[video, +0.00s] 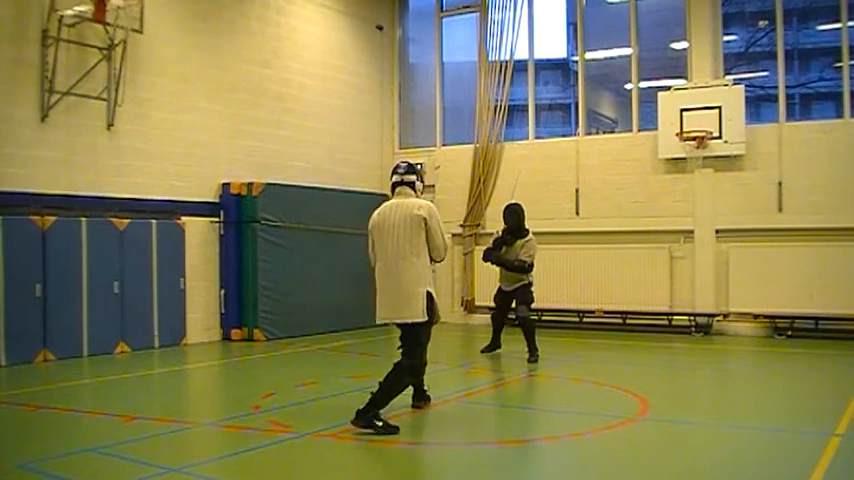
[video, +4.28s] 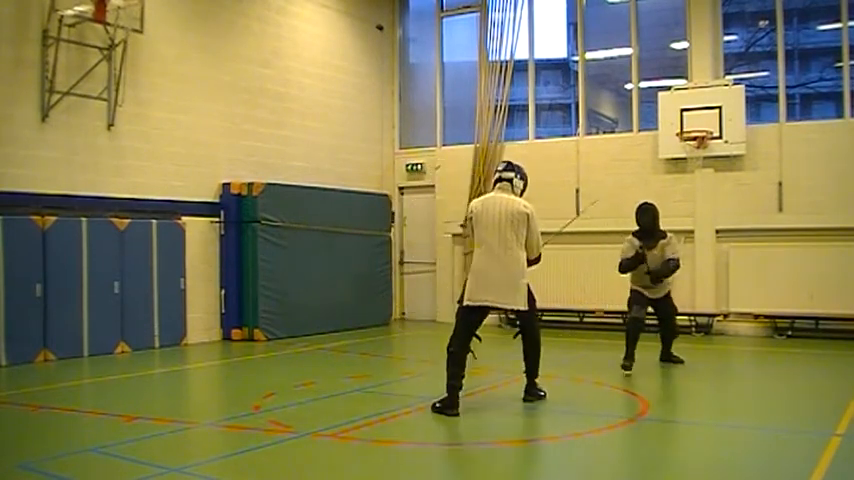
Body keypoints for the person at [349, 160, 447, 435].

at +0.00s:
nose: (422, 187)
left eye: (420, 183)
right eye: (421, 183)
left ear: (392, 185)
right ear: (416, 184)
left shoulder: (377, 215)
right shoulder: (424, 208)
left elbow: (373, 257)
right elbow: (439, 253)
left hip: (388, 295)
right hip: (417, 293)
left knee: (418, 340)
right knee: (413, 359)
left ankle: (419, 392)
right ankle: (368, 412)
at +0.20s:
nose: (429, 186)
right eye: (429, 181)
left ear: (402, 183)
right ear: (427, 183)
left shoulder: (387, 209)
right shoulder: (438, 208)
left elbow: (377, 250)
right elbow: (447, 254)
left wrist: (401, 258)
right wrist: (425, 258)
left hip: (399, 294)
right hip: (430, 294)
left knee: (411, 341)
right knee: (438, 355)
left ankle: (418, 392)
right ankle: (406, 386)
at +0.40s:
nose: (437, 186)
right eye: (437, 181)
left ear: (412, 182)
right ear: (437, 182)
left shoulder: (399, 204)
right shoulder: (450, 208)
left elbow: (388, 243)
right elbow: (453, 246)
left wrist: (411, 261)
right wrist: (434, 261)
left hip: (411, 283)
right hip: (445, 282)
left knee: (408, 335)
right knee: (459, 335)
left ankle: (418, 392)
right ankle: (448, 390)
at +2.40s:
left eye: (434, 181)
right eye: (452, 182)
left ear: (429, 182)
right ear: (455, 184)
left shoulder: (417, 206)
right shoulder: (467, 211)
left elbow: (413, 249)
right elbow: (471, 250)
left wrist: (434, 266)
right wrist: (456, 269)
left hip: (430, 286)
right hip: (462, 286)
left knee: (400, 348)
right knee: (463, 335)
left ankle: (396, 414)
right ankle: (471, 392)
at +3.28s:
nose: (481, 187)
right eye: (483, 183)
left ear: (457, 180)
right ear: (480, 183)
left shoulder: (438, 202)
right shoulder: (488, 207)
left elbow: (435, 241)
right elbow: (494, 251)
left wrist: (449, 260)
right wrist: (474, 265)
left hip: (442, 277)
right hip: (475, 280)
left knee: (419, 334)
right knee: (477, 336)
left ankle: (405, 394)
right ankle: (473, 392)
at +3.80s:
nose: (487, 187)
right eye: (487, 182)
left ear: (460, 181)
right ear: (484, 183)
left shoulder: (442, 205)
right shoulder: (492, 208)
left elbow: (441, 247)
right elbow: (500, 256)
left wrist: (457, 268)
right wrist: (478, 271)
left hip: (449, 283)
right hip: (484, 284)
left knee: (435, 343)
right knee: (505, 328)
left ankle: (449, 401)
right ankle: (508, 386)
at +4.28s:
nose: (523, 188)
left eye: (522, 184)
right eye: (523, 184)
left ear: (495, 181)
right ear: (519, 184)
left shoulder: (476, 205)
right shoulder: (525, 209)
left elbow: (469, 241)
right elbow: (534, 257)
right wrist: (510, 264)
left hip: (478, 285)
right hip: (514, 285)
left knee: (458, 341)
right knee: (531, 331)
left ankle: (451, 399)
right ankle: (531, 386)